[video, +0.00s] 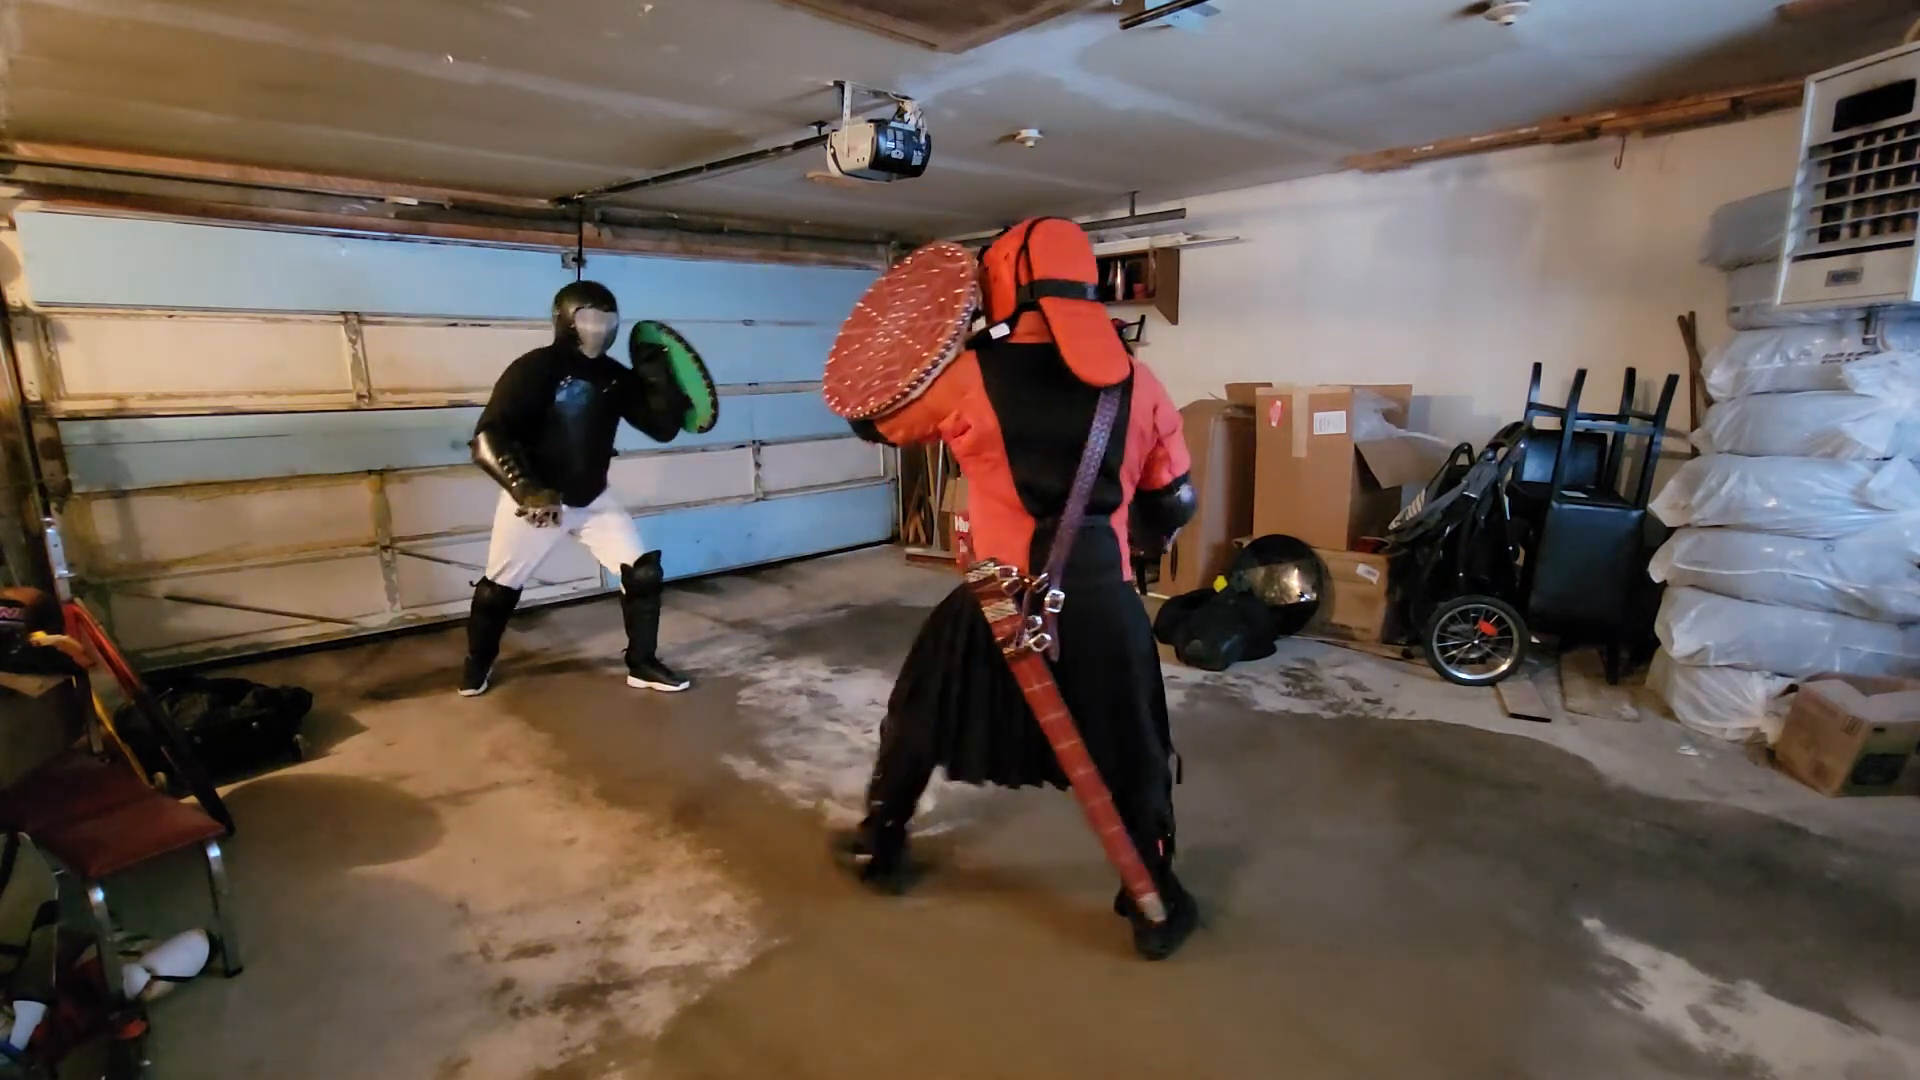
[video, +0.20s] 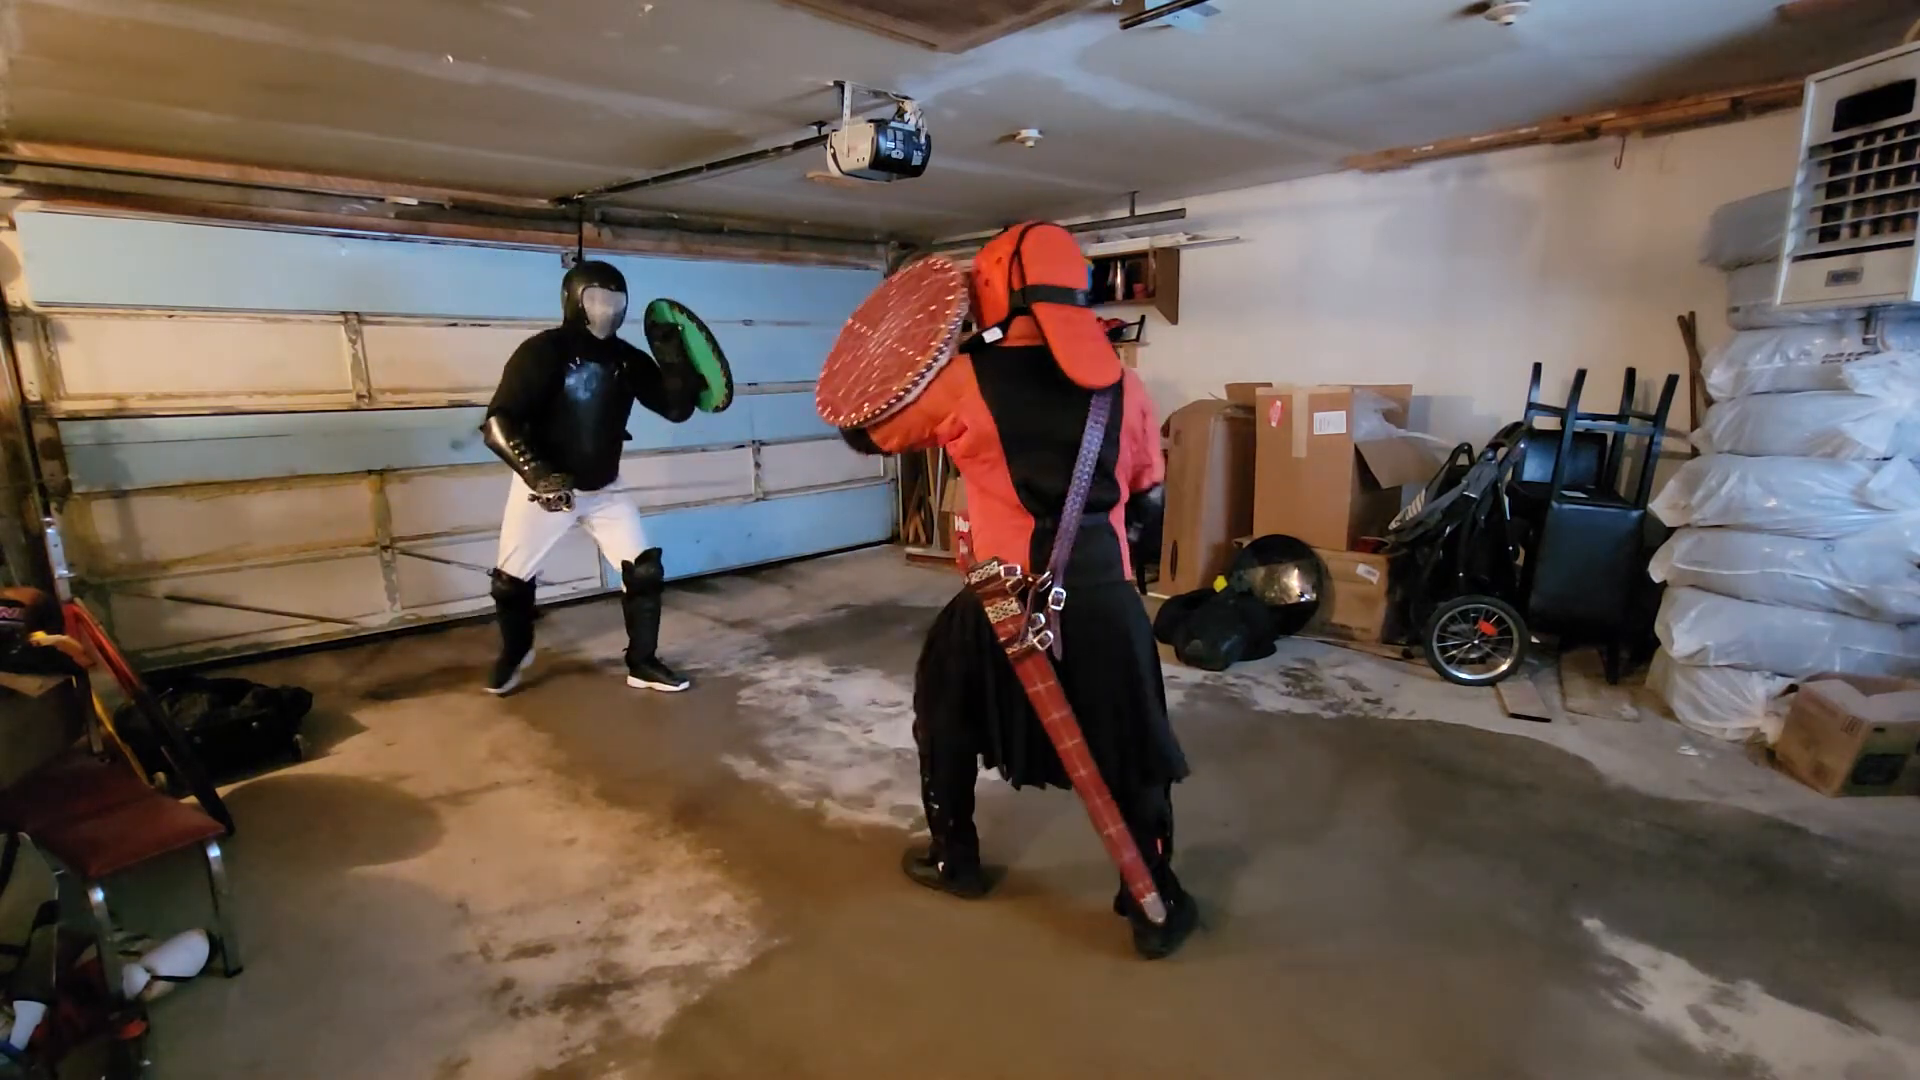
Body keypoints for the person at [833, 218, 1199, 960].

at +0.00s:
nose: (988, 299)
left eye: (993, 286)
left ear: (1004, 291)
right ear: (1087, 289)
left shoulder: (975, 376)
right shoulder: (1135, 383)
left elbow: (884, 424)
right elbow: (1172, 499)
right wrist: (1132, 550)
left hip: (994, 605)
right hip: (1102, 605)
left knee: (919, 714)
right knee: (1133, 748)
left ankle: (880, 839)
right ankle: (1153, 902)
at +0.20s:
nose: (977, 300)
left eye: (982, 287)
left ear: (995, 294)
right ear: (1074, 292)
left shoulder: (969, 379)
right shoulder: (1120, 385)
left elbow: (879, 433)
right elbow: (1145, 500)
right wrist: (1116, 566)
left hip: (1000, 603)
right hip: (1102, 601)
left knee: (943, 700)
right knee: (1131, 743)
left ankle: (954, 853)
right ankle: (1155, 904)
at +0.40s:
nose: (947, 288)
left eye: (954, 277)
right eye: (950, 276)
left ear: (973, 284)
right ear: (1047, 278)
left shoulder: (949, 369)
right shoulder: (1102, 363)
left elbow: (871, 445)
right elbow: (1118, 453)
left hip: (1002, 579)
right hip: (1103, 576)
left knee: (949, 699)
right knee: (1140, 724)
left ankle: (955, 853)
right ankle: (1163, 892)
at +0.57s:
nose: (946, 291)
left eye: (951, 280)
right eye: (952, 280)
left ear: (967, 285)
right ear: (1045, 279)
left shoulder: (948, 371)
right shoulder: (1098, 359)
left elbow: (866, 447)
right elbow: (1124, 446)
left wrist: (866, 364)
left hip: (1004, 572)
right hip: (1105, 564)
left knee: (951, 697)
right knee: (1156, 711)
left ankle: (955, 854)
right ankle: (1198, 871)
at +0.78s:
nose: (983, 304)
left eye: (987, 292)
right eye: (986, 291)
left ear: (1008, 297)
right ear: (1084, 292)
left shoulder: (984, 379)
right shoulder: (1136, 376)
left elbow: (906, 452)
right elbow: (1164, 491)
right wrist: (1127, 558)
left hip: (1028, 585)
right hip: (1131, 583)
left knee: (960, 709)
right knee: (1178, 725)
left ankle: (957, 855)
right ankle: (1223, 884)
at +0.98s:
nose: (1024, 293)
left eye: (1031, 281)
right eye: (1026, 280)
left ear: (1051, 285)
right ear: (1122, 283)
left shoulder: (1019, 368)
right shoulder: (1176, 371)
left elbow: (941, 441)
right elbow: (1202, 490)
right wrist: (1144, 529)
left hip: (1054, 585)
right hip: (1159, 585)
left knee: (980, 699)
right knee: (1193, 728)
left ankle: (961, 845)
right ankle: (1233, 887)